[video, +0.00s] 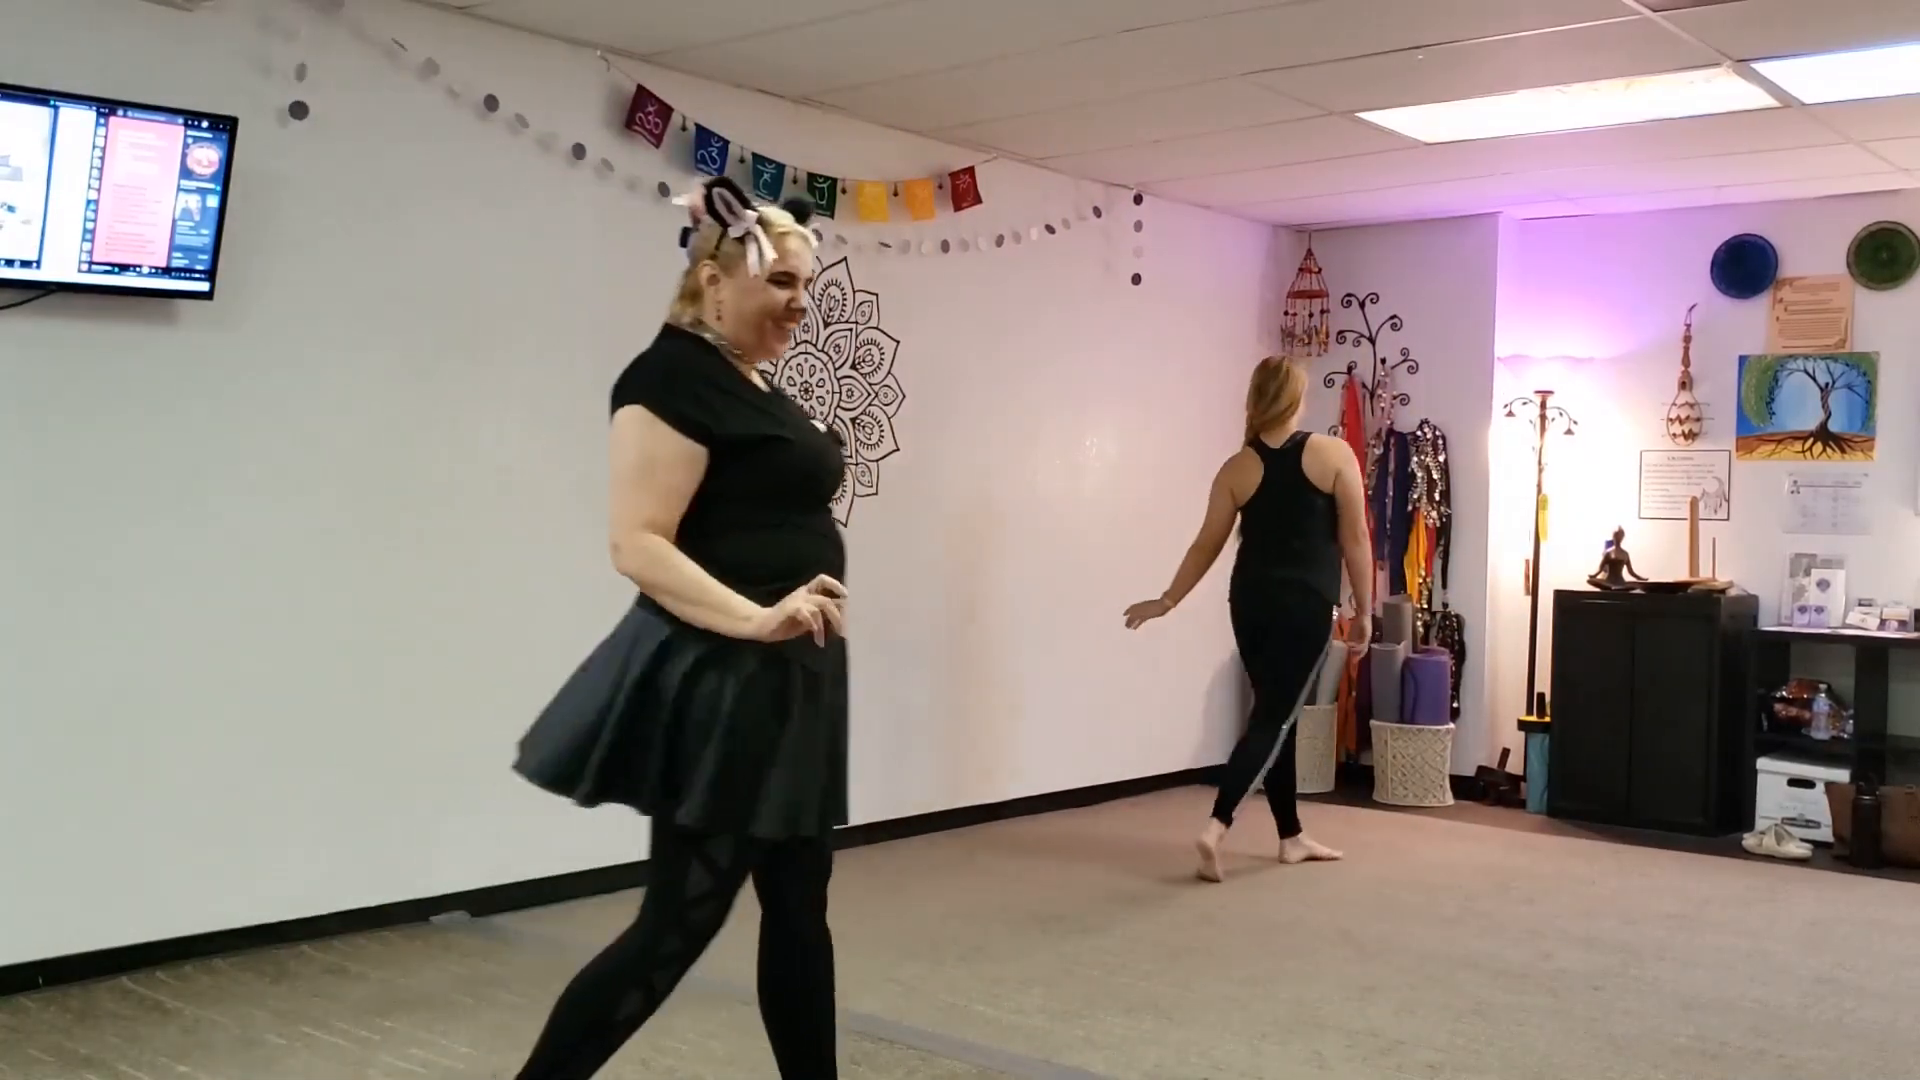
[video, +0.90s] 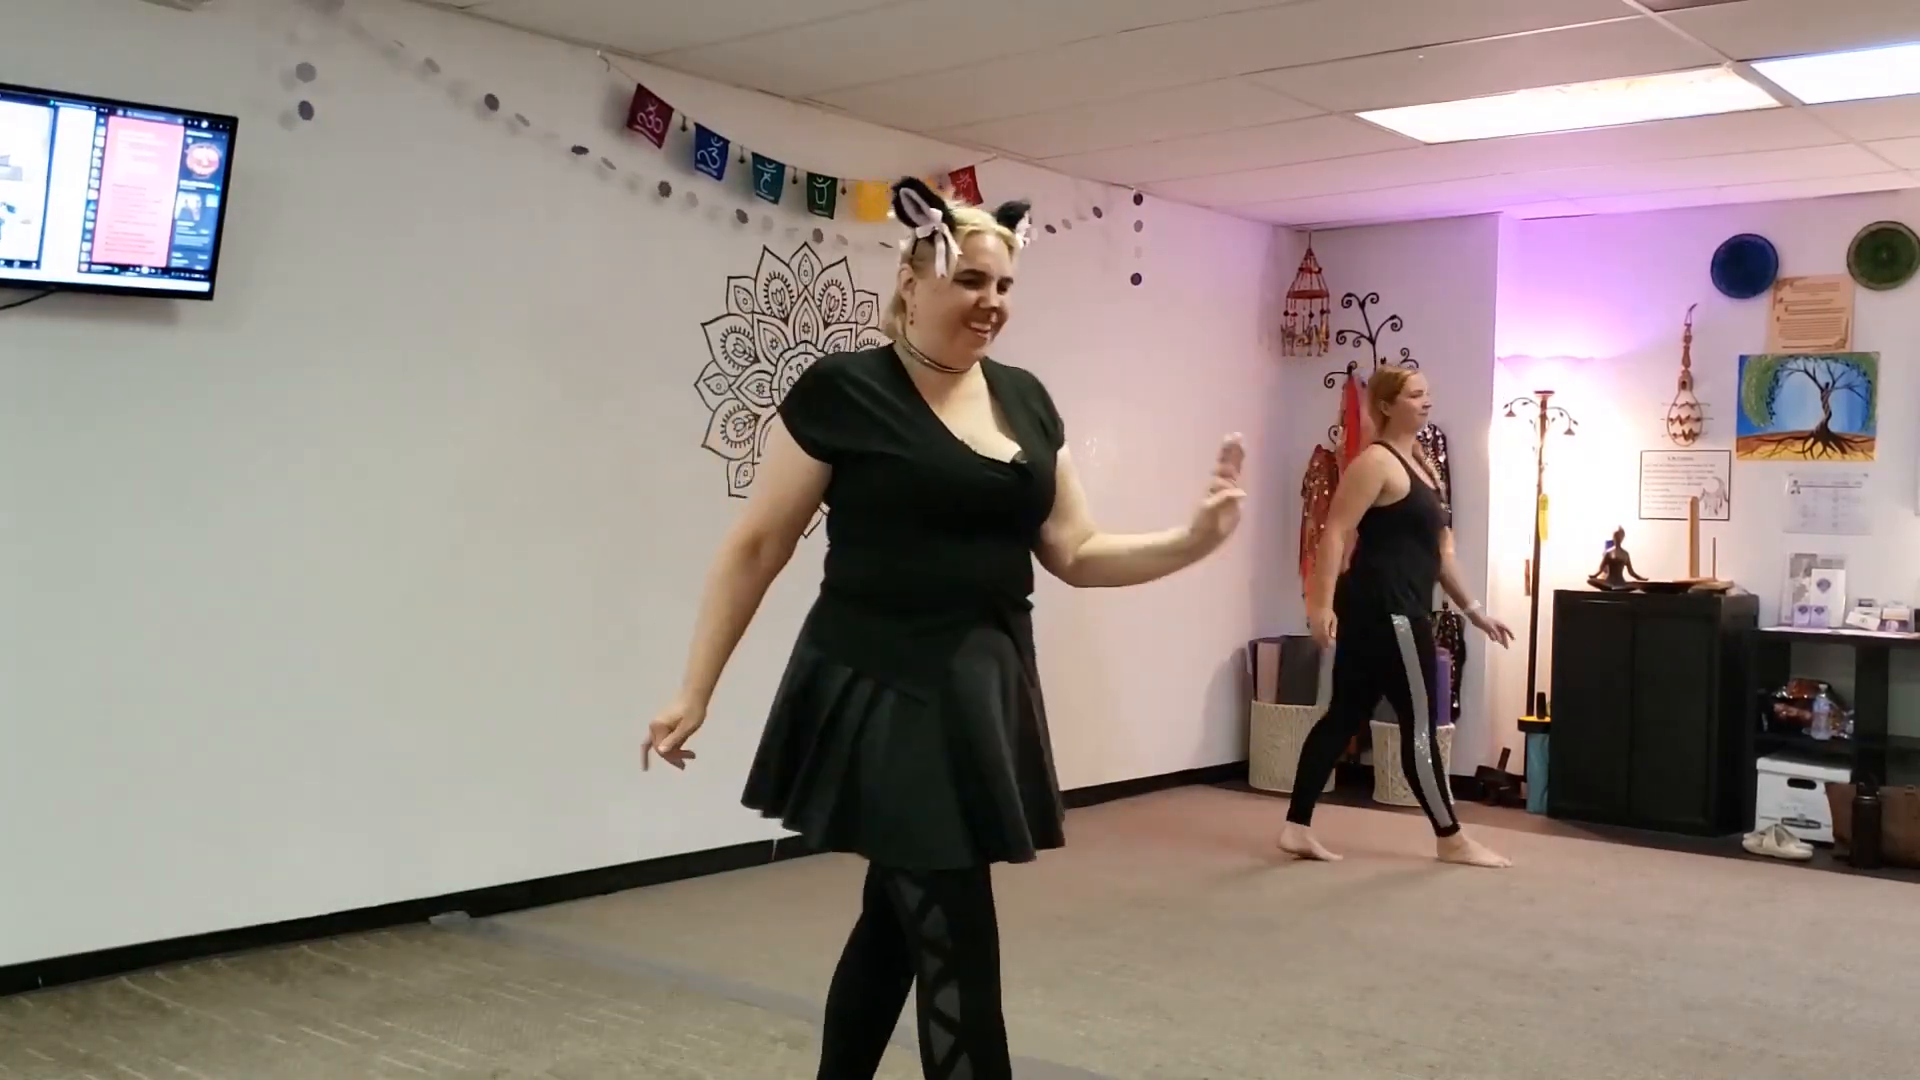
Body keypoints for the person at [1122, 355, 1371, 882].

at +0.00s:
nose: (1307, 402)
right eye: (1304, 395)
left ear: (1255, 401)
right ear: (1300, 401)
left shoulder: (1237, 468)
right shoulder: (1334, 455)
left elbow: (1207, 545)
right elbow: (1354, 540)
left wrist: (1167, 600)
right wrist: (1363, 608)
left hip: (1249, 601)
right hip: (1307, 603)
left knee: (1277, 713)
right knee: (1272, 716)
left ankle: (1291, 834)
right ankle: (1217, 824)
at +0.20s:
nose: (1331, 404)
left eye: (1328, 396)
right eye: (1328, 397)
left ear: (1280, 403)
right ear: (1320, 401)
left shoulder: (1262, 470)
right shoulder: (1342, 448)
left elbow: (1248, 544)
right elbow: (1366, 528)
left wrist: (1237, 594)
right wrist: (1385, 597)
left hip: (1273, 602)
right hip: (1323, 600)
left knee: (1295, 711)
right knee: (1348, 715)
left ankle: (1296, 836)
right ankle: (1256, 784)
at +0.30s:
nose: (1345, 407)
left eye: (1345, 399)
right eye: (1343, 399)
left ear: (1296, 402)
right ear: (1328, 401)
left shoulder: (1277, 464)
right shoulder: (1337, 444)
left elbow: (1274, 542)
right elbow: (1355, 523)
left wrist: (1280, 588)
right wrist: (1389, 591)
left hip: (1281, 596)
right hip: (1326, 596)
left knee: (1306, 708)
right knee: (1376, 704)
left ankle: (1297, 836)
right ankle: (1283, 772)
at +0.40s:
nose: (1361, 400)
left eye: (1360, 392)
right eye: (1356, 393)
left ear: (1320, 399)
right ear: (1333, 398)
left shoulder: (1305, 448)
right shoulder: (1329, 444)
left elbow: (1317, 530)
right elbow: (1341, 525)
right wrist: (1388, 591)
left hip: (1296, 592)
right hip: (1327, 593)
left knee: (1312, 707)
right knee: (1396, 691)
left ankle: (1298, 837)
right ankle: (1318, 777)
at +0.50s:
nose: (1373, 399)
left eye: (1372, 391)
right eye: (1366, 391)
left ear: (1335, 397)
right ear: (1339, 396)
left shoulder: (1332, 446)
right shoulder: (1325, 445)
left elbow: (1336, 526)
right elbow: (1325, 523)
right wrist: (1375, 584)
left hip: (1312, 593)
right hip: (1329, 594)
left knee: (1315, 710)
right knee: (1409, 688)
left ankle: (1296, 834)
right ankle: (1362, 802)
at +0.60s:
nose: (1387, 396)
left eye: (1386, 388)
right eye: (1377, 388)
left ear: (1362, 397)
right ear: (1347, 395)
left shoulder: (1357, 452)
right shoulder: (1331, 446)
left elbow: (1368, 538)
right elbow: (1313, 523)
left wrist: (1401, 590)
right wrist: (1358, 585)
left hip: (1330, 593)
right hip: (1337, 592)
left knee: (1318, 706)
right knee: (1406, 691)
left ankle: (1295, 832)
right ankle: (1416, 820)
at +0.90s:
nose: (1427, 403)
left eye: (1427, 395)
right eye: (1417, 396)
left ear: (1408, 406)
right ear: (1388, 405)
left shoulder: (1421, 465)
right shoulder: (1374, 462)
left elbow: (1439, 553)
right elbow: (1334, 533)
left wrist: (1474, 610)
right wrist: (1321, 605)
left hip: (1392, 608)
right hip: (1387, 609)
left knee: (1342, 717)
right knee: (1421, 720)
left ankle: (1296, 826)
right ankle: (1450, 837)